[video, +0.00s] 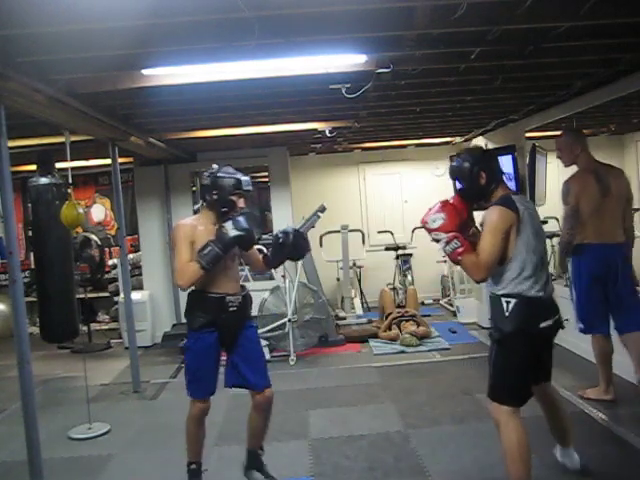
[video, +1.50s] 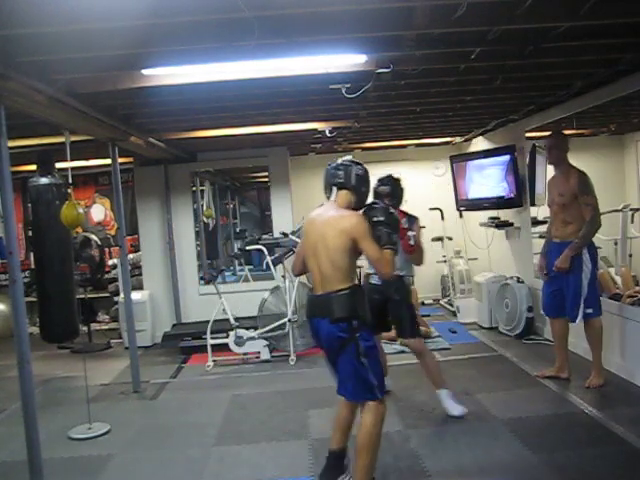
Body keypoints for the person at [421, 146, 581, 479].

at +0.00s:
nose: (462, 189)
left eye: (464, 182)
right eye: (460, 182)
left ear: (480, 178)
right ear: (492, 176)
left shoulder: (499, 211)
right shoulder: (521, 204)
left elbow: (478, 271)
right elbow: (496, 260)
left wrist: (449, 238)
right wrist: (468, 229)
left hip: (516, 319)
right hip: (542, 313)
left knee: (503, 406)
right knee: (541, 385)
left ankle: (520, 474)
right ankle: (568, 453)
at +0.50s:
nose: (455, 197)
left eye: (455, 190)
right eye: (452, 191)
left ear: (470, 187)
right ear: (476, 185)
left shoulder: (498, 207)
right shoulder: (482, 212)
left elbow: (470, 239)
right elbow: (463, 252)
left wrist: (431, 220)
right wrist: (444, 228)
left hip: (515, 294)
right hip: (500, 293)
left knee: (495, 373)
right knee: (509, 363)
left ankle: (518, 436)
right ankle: (552, 409)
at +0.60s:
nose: (447, 201)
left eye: (448, 195)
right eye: (445, 196)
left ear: (462, 189)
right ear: (469, 187)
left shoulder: (491, 212)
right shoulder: (470, 215)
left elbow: (475, 254)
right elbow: (459, 253)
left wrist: (446, 229)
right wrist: (437, 231)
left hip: (505, 294)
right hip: (489, 293)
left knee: (488, 373)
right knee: (492, 357)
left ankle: (517, 435)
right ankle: (523, 402)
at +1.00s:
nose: (427, 195)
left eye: (431, 189)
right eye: (424, 190)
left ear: (447, 187)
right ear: (424, 191)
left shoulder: (467, 213)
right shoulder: (430, 211)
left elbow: (467, 256)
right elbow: (419, 247)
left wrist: (446, 228)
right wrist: (414, 225)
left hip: (463, 280)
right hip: (440, 280)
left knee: (460, 351)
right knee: (449, 346)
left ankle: (484, 406)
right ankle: (481, 393)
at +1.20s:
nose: (413, 194)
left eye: (417, 188)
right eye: (410, 189)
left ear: (431, 187)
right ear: (408, 191)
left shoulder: (450, 213)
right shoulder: (410, 213)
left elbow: (454, 254)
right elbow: (400, 250)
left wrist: (433, 228)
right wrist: (400, 226)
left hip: (445, 282)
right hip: (420, 282)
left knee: (450, 351)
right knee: (407, 338)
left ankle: (463, 398)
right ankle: (440, 371)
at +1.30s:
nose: (403, 200)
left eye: (408, 194)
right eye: (400, 195)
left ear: (421, 193)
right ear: (398, 197)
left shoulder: (438, 218)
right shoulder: (398, 218)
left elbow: (442, 259)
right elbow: (389, 257)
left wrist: (425, 232)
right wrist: (391, 233)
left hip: (433, 286)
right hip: (407, 286)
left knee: (444, 355)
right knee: (392, 337)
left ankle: (461, 400)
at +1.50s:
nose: (383, 203)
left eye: (388, 198)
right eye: (379, 198)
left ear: (397, 198)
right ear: (375, 198)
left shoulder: (409, 221)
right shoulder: (366, 219)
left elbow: (418, 259)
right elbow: (353, 252)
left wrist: (407, 239)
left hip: (399, 286)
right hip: (372, 286)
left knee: (417, 344)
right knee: (372, 339)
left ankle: (446, 397)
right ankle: (381, 383)